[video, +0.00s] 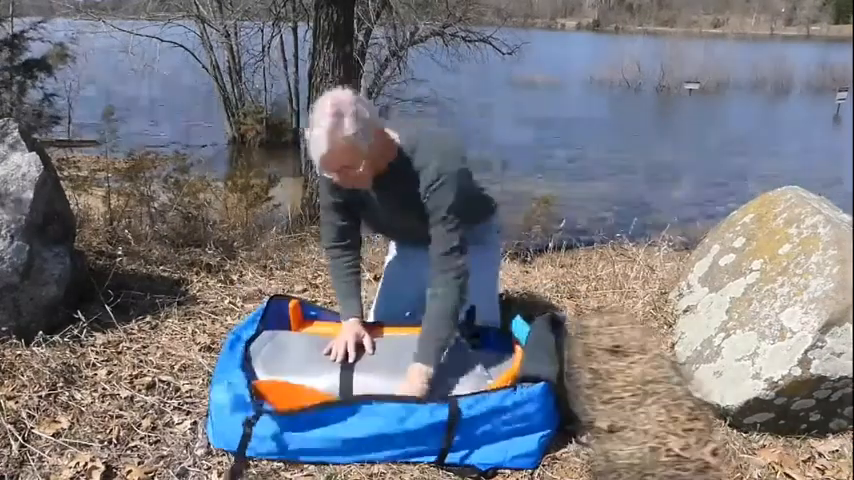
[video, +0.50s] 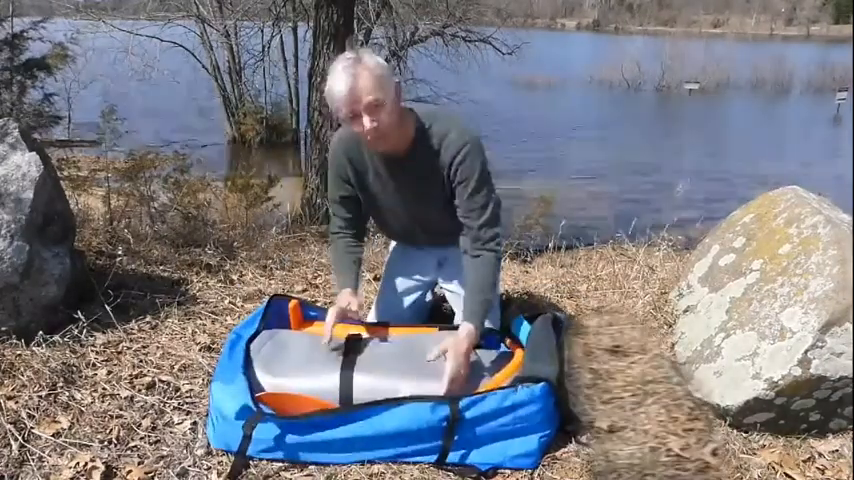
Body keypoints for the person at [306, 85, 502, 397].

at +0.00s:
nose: (338, 181)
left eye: (346, 169)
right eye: (329, 172)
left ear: (374, 148)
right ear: (319, 161)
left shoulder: (436, 164)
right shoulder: (334, 169)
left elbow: (449, 271)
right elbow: (340, 248)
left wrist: (422, 368)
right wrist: (351, 320)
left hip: (471, 240)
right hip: (410, 244)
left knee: (478, 338)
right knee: (380, 336)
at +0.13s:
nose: (357, 179)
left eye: (366, 167)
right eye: (346, 171)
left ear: (392, 141)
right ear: (334, 160)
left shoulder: (445, 166)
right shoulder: (339, 172)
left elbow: (456, 274)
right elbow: (341, 246)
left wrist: (427, 378)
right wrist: (351, 318)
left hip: (471, 240)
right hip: (410, 245)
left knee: (477, 329)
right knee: (386, 329)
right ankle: (439, 301)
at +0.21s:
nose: (361, 180)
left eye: (370, 168)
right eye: (350, 172)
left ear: (397, 141)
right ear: (337, 160)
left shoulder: (447, 168)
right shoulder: (341, 170)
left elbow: (459, 272)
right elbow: (342, 247)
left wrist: (435, 372)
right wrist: (351, 319)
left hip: (472, 241)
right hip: (411, 244)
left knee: (479, 327)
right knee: (386, 326)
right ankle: (443, 301)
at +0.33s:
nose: (364, 134)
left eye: (373, 117)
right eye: (349, 125)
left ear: (399, 107)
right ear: (338, 126)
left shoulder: (452, 151)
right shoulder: (344, 158)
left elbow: (471, 253)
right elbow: (343, 242)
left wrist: (441, 356)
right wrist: (350, 317)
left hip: (470, 242)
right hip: (411, 246)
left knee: (476, 337)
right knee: (387, 329)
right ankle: (438, 300)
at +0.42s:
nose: (366, 122)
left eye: (373, 104)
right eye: (351, 114)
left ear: (397, 94)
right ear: (339, 117)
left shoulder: (455, 143)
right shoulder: (346, 154)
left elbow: (475, 241)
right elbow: (344, 241)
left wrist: (453, 329)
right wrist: (350, 316)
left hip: (468, 244)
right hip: (410, 247)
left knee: (476, 335)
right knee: (386, 333)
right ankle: (437, 298)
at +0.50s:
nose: (368, 125)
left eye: (376, 108)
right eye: (354, 117)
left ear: (398, 96)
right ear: (341, 118)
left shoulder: (455, 141)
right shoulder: (345, 151)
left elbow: (481, 241)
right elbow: (344, 229)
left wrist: (469, 331)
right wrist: (347, 291)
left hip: (464, 248)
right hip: (407, 250)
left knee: (482, 345)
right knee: (383, 339)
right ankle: (432, 299)